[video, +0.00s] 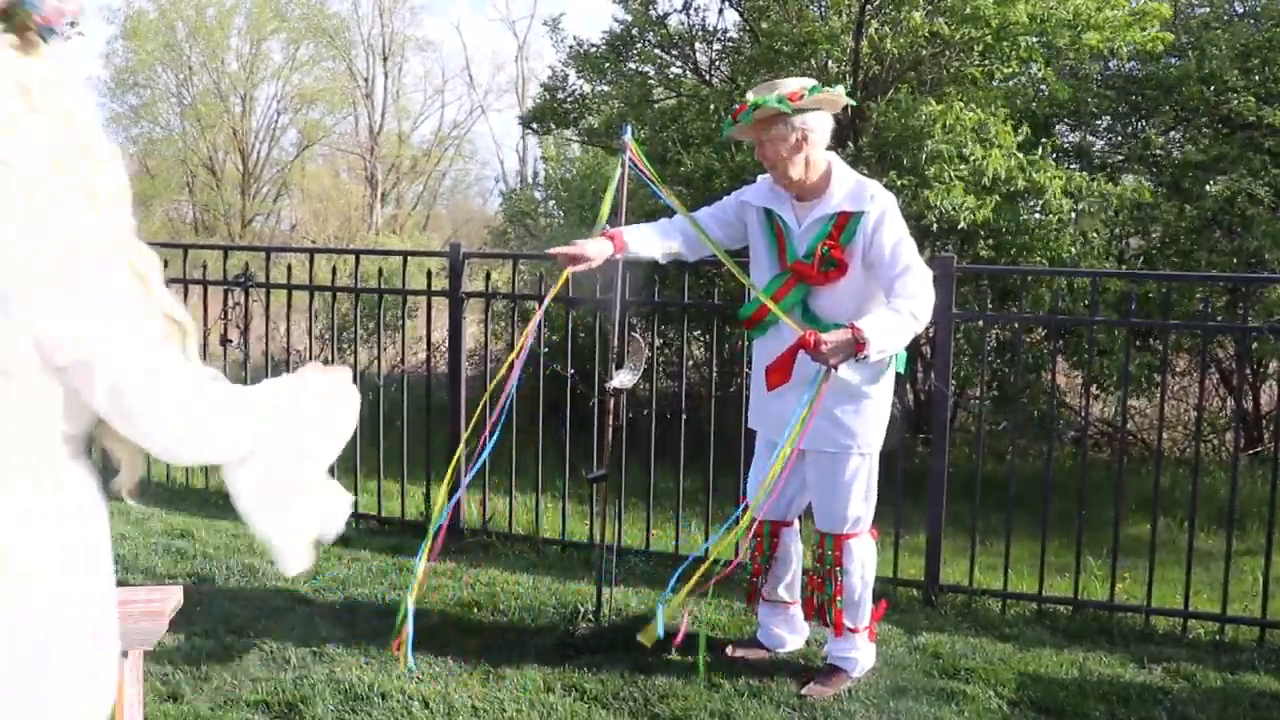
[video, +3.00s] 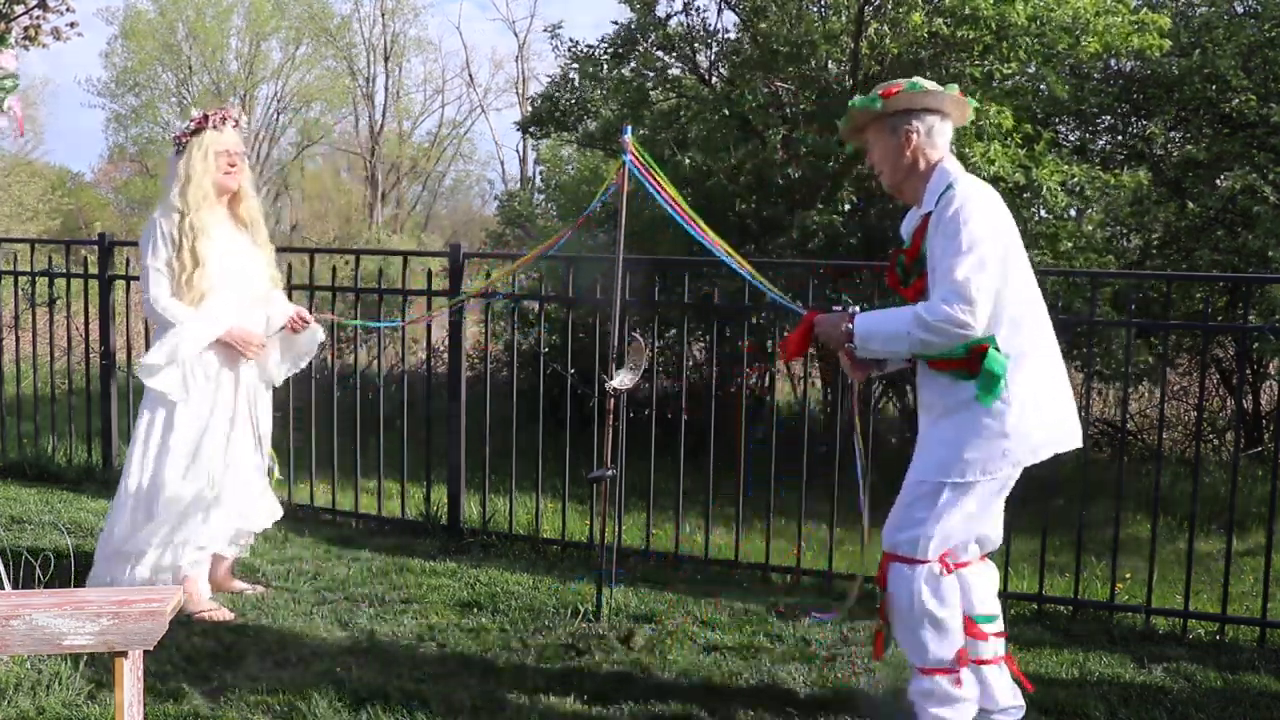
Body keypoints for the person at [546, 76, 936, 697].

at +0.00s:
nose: (756, 149)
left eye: (765, 136)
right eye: (753, 139)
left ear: (806, 136)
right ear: (768, 144)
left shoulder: (870, 206)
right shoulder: (756, 202)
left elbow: (915, 294)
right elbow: (683, 232)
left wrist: (857, 338)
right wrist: (610, 243)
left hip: (853, 382)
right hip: (778, 376)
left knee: (846, 520)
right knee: (771, 507)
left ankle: (849, 657)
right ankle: (779, 637)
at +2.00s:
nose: (719, 167)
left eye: (724, 153)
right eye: (716, 155)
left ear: (764, 144)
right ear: (752, 148)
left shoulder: (835, 206)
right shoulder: (747, 216)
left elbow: (882, 304)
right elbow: (696, 286)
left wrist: (818, 358)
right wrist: (617, 311)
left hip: (843, 379)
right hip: (777, 376)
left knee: (811, 513)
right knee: (767, 506)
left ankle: (874, 666)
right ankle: (801, 642)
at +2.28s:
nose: (744, 165)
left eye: (747, 149)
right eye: (741, 152)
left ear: (786, 145)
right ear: (786, 147)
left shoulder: (858, 211)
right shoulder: (784, 222)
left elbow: (882, 324)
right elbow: (770, 311)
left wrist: (798, 364)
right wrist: (708, 364)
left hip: (865, 397)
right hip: (811, 395)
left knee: (850, 543)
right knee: (787, 518)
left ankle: (880, 695)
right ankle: (801, 636)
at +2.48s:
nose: (773, 158)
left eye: (776, 142)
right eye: (770, 144)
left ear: (815, 139)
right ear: (817, 140)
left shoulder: (877, 205)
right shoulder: (830, 213)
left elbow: (886, 325)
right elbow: (828, 319)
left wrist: (792, 355)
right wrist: (769, 352)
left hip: (893, 412)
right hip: (846, 408)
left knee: (867, 557)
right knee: (811, 518)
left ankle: (882, 703)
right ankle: (841, 642)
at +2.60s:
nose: (795, 158)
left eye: (798, 141)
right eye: (791, 143)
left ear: (837, 133)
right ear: (839, 135)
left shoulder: (895, 204)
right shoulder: (853, 209)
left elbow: (899, 324)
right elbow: (862, 322)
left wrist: (796, 346)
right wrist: (792, 352)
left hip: (904, 417)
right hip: (865, 412)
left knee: (870, 555)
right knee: (841, 528)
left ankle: (879, 702)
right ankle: (934, 651)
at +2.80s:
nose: (828, 154)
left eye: (833, 138)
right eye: (827, 141)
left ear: (873, 135)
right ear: (879, 137)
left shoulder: (924, 206)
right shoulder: (898, 209)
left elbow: (930, 320)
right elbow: (907, 328)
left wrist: (824, 335)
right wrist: (838, 354)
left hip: (928, 429)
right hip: (935, 424)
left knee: (887, 559)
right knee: (940, 554)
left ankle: (881, 703)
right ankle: (991, 694)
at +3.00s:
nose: (867, 165)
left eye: (871, 148)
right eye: (864, 151)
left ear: (913, 140)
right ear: (917, 143)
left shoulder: (964, 205)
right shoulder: (940, 211)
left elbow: (962, 316)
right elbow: (950, 327)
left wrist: (856, 328)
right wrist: (878, 353)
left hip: (982, 414)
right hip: (980, 414)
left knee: (914, 547)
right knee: (962, 551)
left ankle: (942, 701)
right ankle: (994, 696)